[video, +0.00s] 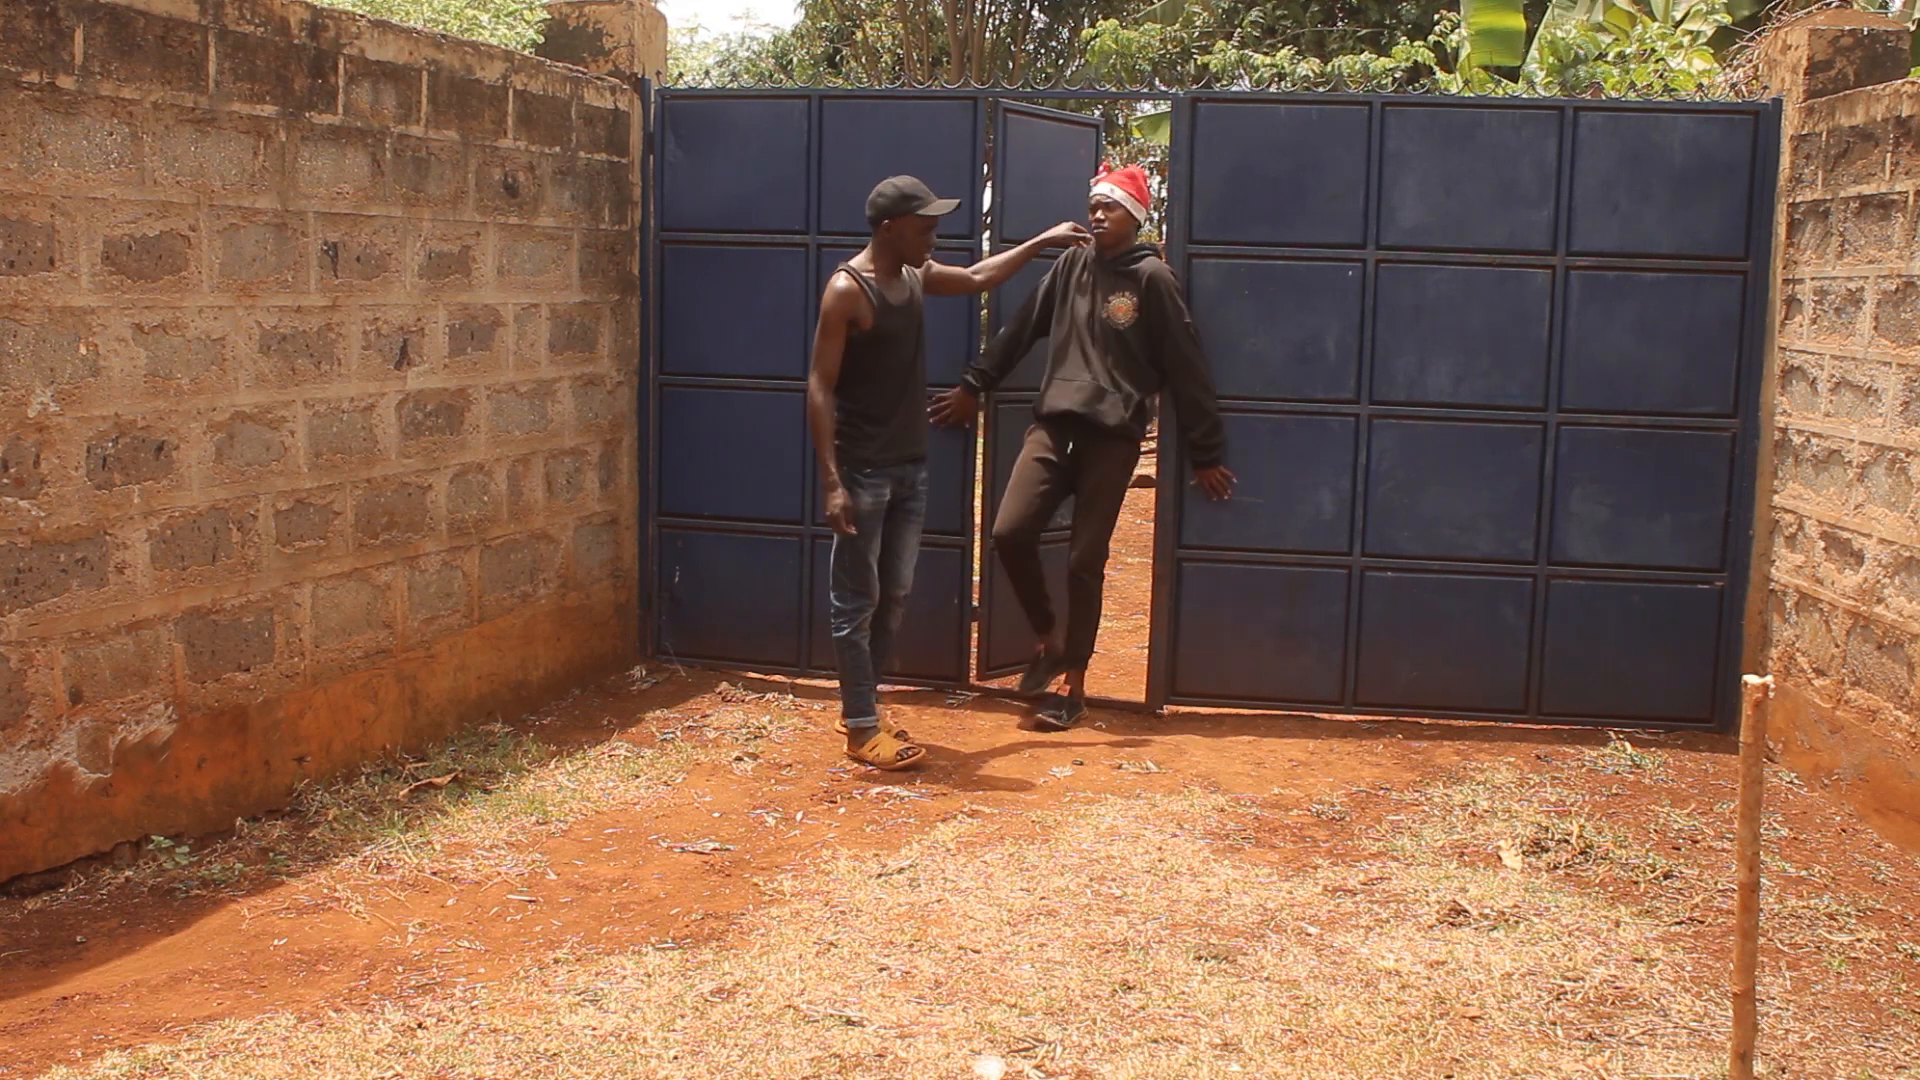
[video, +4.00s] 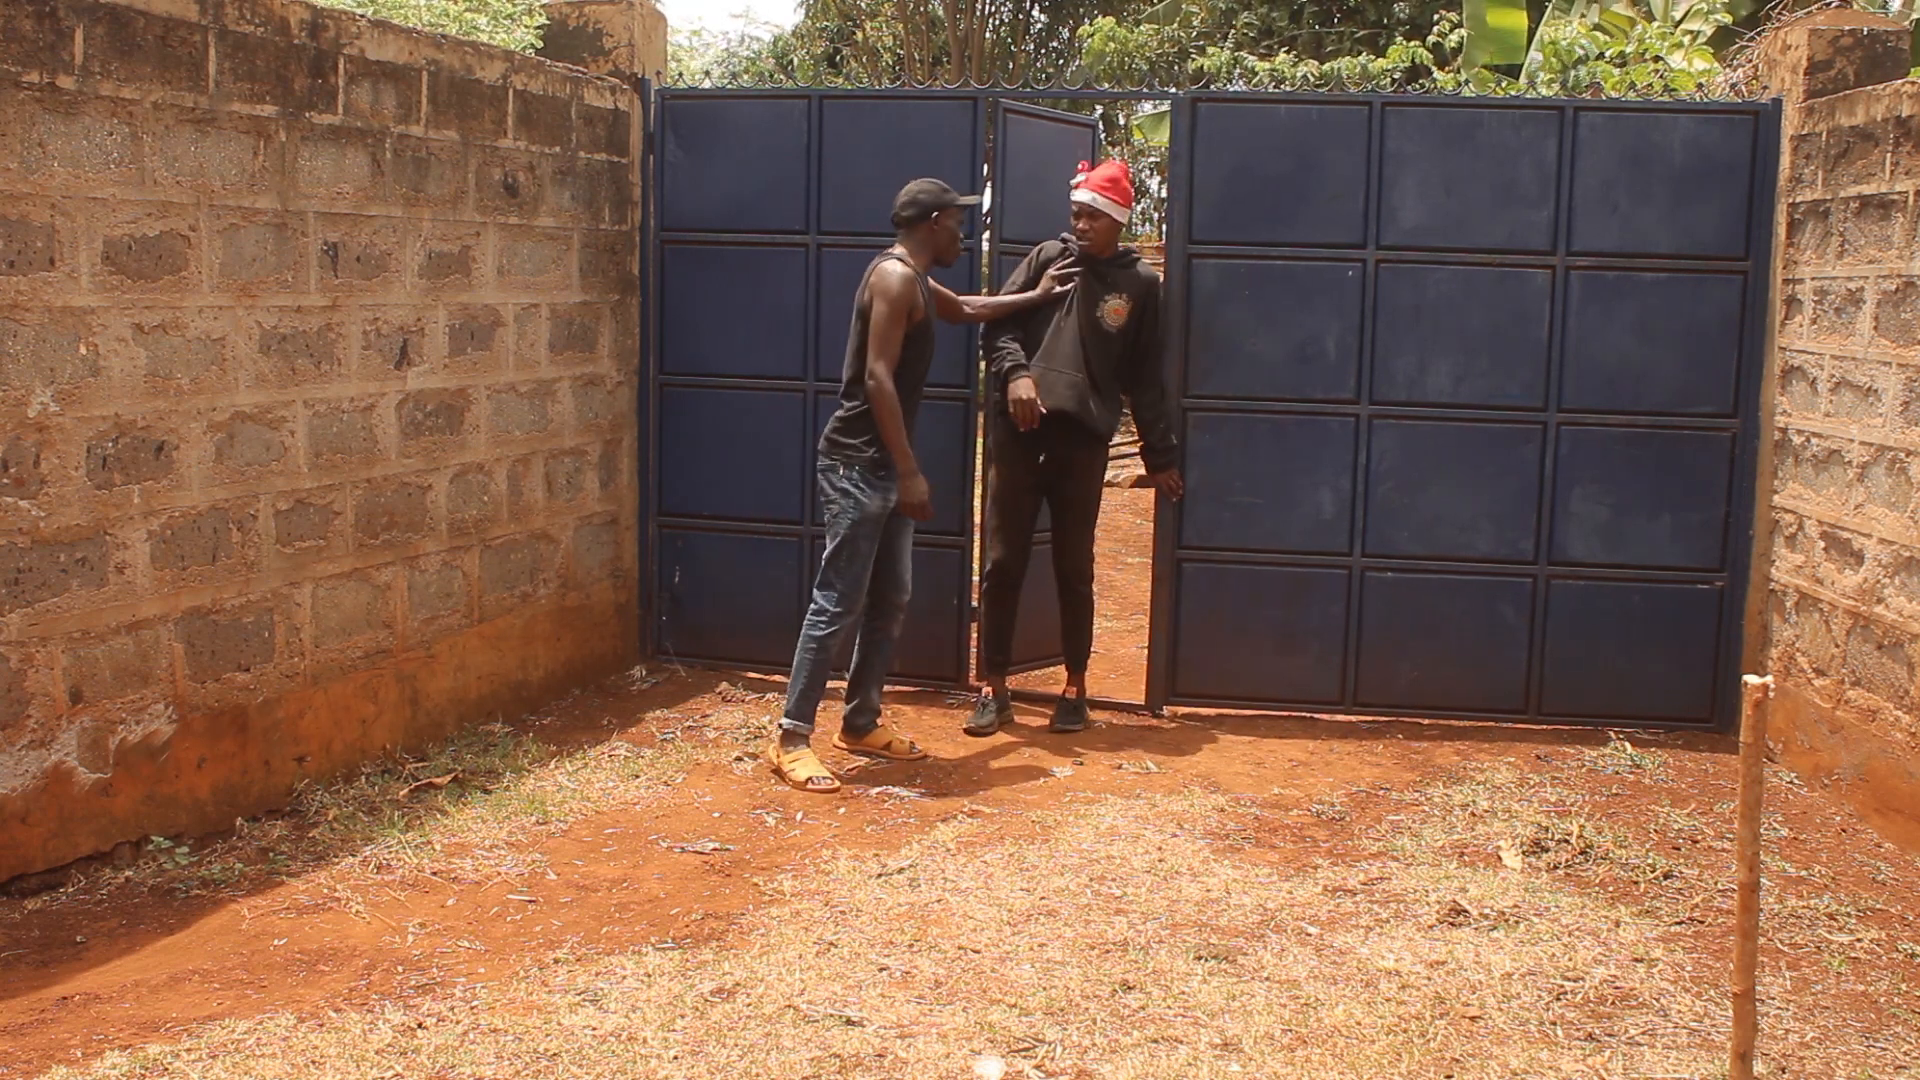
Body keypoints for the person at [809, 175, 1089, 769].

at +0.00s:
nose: (934, 235)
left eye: (934, 226)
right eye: (925, 226)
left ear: (906, 230)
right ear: (889, 227)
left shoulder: (913, 272)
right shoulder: (845, 291)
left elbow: (978, 277)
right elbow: (819, 389)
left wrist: (1043, 241)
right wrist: (831, 482)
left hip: (909, 464)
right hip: (859, 467)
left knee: (894, 593)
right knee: (855, 598)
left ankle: (864, 709)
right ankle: (862, 731)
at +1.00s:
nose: (957, 259)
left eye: (962, 249)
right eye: (952, 246)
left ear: (947, 240)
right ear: (919, 229)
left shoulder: (924, 283)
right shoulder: (863, 275)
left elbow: (960, 312)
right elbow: (813, 360)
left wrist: (1015, 266)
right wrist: (807, 448)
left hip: (904, 464)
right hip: (854, 462)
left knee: (885, 593)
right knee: (844, 589)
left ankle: (859, 713)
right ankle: (803, 718)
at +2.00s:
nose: (906, 222)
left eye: (903, 212)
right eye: (898, 213)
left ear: (870, 219)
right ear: (871, 219)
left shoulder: (873, 280)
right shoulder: (824, 288)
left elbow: (869, 386)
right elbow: (795, 387)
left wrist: (891, 460)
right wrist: (840, 471)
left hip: (878, 475)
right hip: (833, 478)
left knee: (878, 608)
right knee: (828, 623)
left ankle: (864, 723)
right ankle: (813, 760)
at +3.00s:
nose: (909, 218)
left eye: (906, 208)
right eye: (901, 210)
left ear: (873, 220)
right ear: (869, 221)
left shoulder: (885, 279)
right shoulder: (831, 293)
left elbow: (881, 381)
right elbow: (804, 398)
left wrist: (924, 437)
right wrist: (829, 496)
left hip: (887, 477)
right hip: (842, 484)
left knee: (871, 613)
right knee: (827, 626)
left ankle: (861, 724)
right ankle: (814, 759)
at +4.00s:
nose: (961, 234)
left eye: (960, 224)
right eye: (955, 224)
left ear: (923, 224)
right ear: (930, 224)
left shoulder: (915, 276)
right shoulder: (894, 277)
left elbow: (966, 308)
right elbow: (878, 379)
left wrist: (1040, 294)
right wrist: (907, 470)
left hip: (891, 462)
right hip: (858, 461)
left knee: (890, 600)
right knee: (838, 602)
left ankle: (863, 725)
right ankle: (792, 740)